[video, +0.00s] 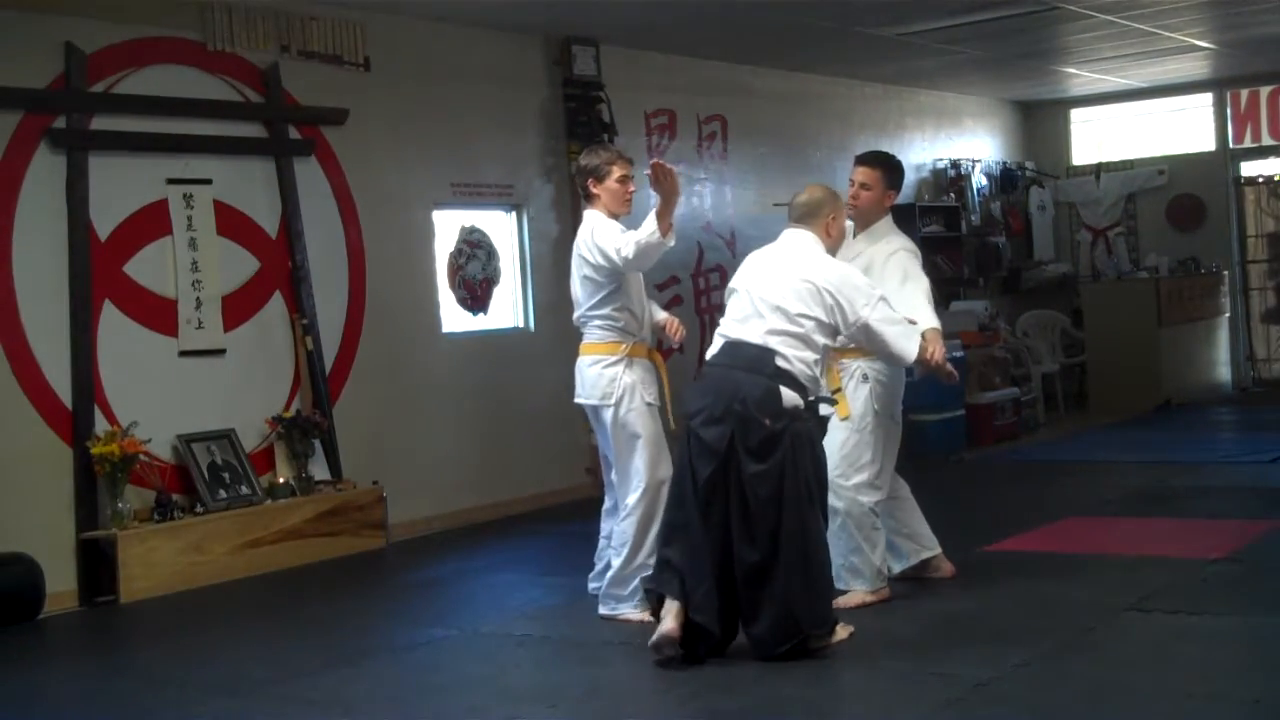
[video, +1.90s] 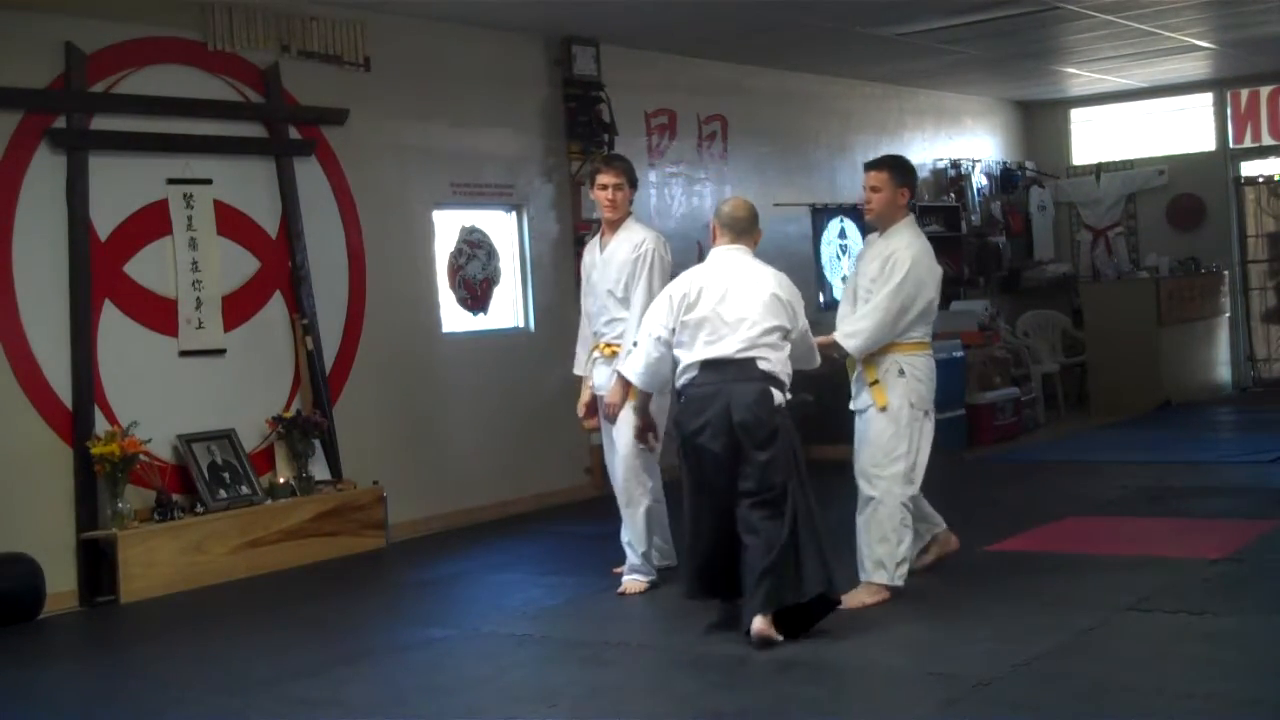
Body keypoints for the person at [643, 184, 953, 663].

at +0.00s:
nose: (847, 232)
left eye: (846, 224)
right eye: (845, 224)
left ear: (792, 221)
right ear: (831, 224)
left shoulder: (755, 259)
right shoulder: (837, 275)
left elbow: (736, 307)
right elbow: (895, 334)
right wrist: (930, 358)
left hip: (714, 378)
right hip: (777, 388)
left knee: (697, 501)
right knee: (797, 513)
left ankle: (674, 609)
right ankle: (811, 625)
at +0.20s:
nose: (810, 223)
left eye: (809, 215)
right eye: (809, 216)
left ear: (754, 217)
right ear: (797, 218)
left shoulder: (719, 262)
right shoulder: (809, 275)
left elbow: (707, 325)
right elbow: (856, 350)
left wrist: (797, 349)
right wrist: (871, 368)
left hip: (702, 391)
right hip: (766, 397)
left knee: (696, 512)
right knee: (794, 512)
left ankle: (683, 632)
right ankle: (819, 622)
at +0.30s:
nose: (784, 222)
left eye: (781, 215)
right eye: (783, 216)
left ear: (731, 218)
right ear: (775, 218)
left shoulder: (695, 265)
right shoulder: (791, 273)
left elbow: (682, 329)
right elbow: (823, 345)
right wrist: (839, 375)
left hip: (690, 400)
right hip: (758, 402)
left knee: (687, 520)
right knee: (785, 516)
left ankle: (685, 640)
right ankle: (814, 624)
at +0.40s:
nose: (761, 223)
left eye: (755, 215)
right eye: (759, 216)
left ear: (708, 219)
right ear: (753, 219)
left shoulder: (672, 268)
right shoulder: (775, 274)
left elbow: (657, 335)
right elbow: (809, 355)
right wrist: (806, 374)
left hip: (678, 405)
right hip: (744, 407)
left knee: (679, 523)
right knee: (770, 518)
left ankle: (684, 643)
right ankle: (810, 624)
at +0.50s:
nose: (738, 221)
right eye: (737, 214)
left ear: (685, 219)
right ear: (733, 216)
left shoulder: (650, 276)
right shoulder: (761, 273)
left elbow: (631, 360)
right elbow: (791, 354)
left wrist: (673, 372)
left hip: (668, 410)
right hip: (737, 409)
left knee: (675, 526)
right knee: (755, 519)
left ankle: (683, 644)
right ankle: (792, 625)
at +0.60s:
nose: (720, 218)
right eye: (720, 211)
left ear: (669, 217)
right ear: (717, 214)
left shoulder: (641, 273)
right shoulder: (748, 268)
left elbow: (613, 355)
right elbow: (779, 345)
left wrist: (619, 420)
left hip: (663, 409)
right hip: (730, 407)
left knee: (667, 527)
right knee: (741, 519)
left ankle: (682, 645)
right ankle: (767, 627)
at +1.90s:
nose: (710, 236)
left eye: (710, 230)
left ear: (713, 233)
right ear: (758, 237)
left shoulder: (683, 285)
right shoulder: (779, 285)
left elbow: (651, 350)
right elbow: (807, 357)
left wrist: (640, 408)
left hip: (699, 394)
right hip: (758, 393)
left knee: (709, 499)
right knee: (762, 502)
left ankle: (727, 600)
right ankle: (760, 611)